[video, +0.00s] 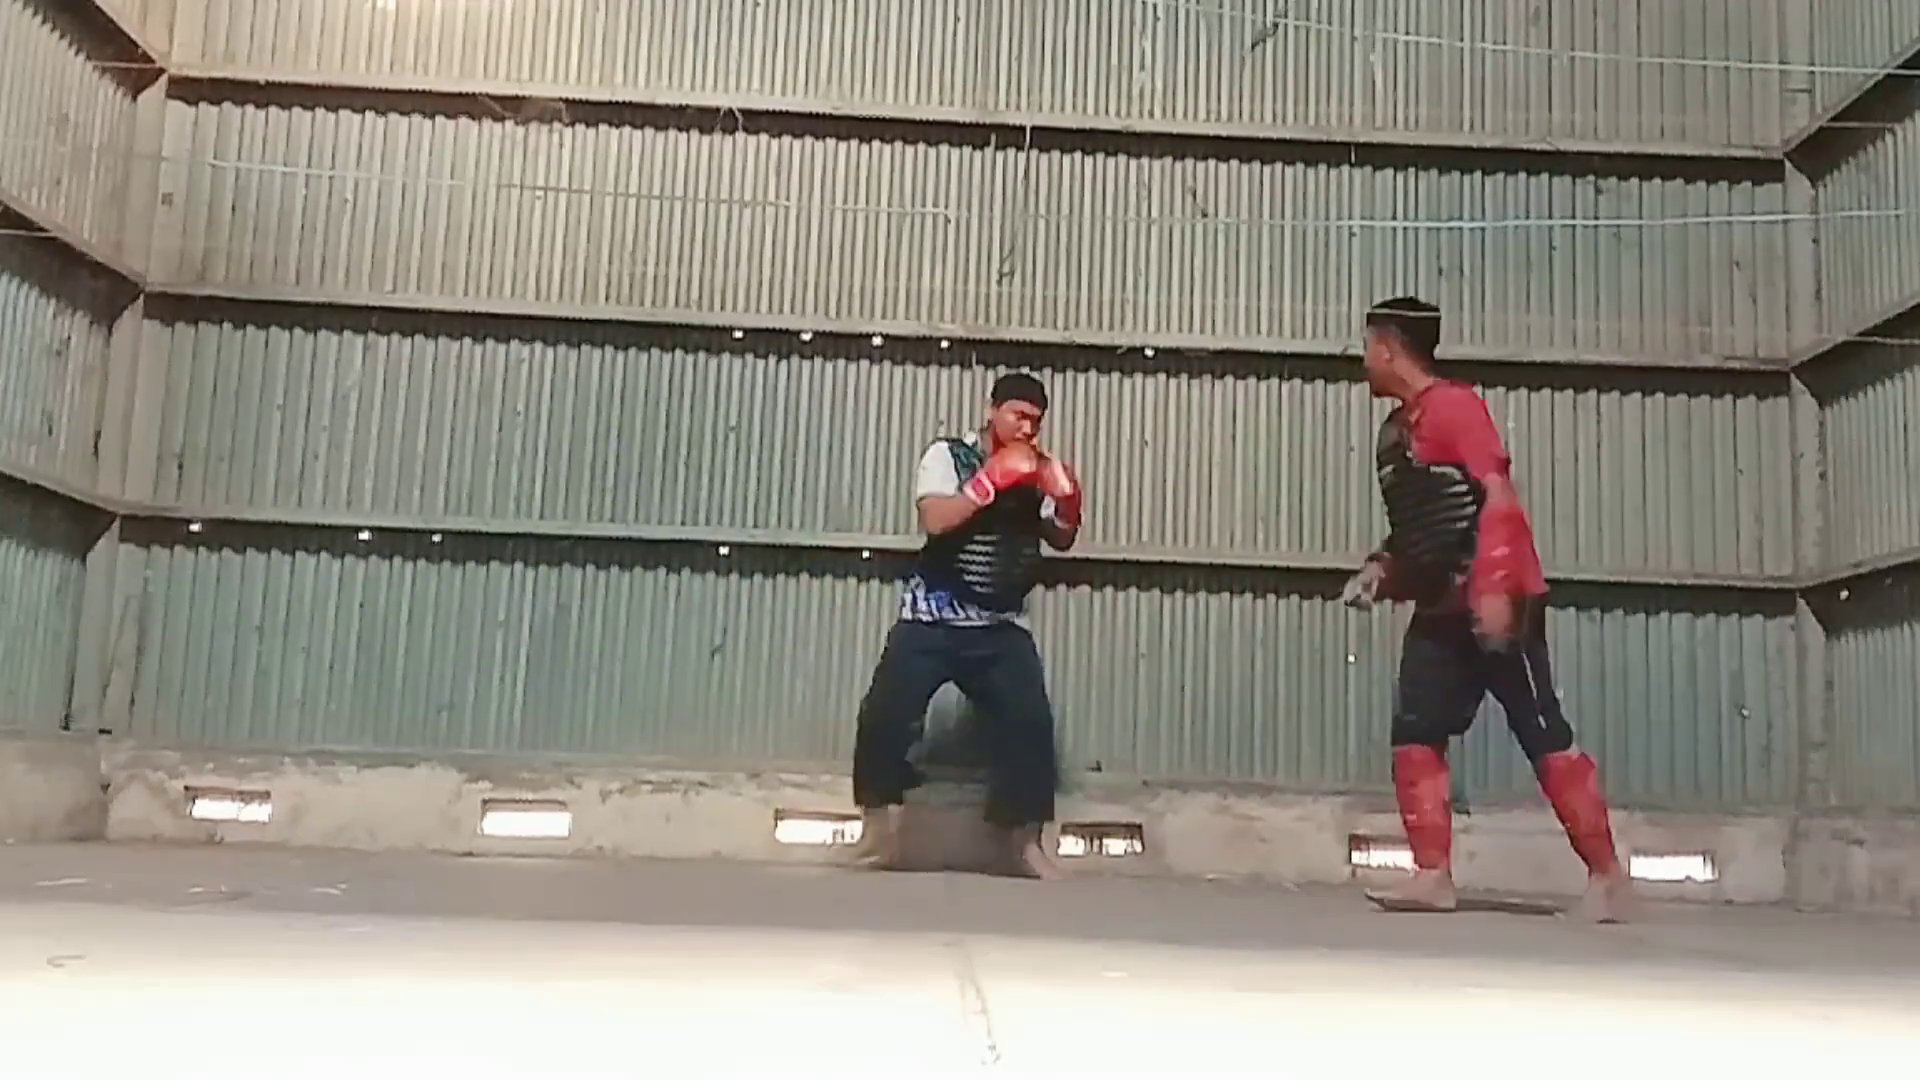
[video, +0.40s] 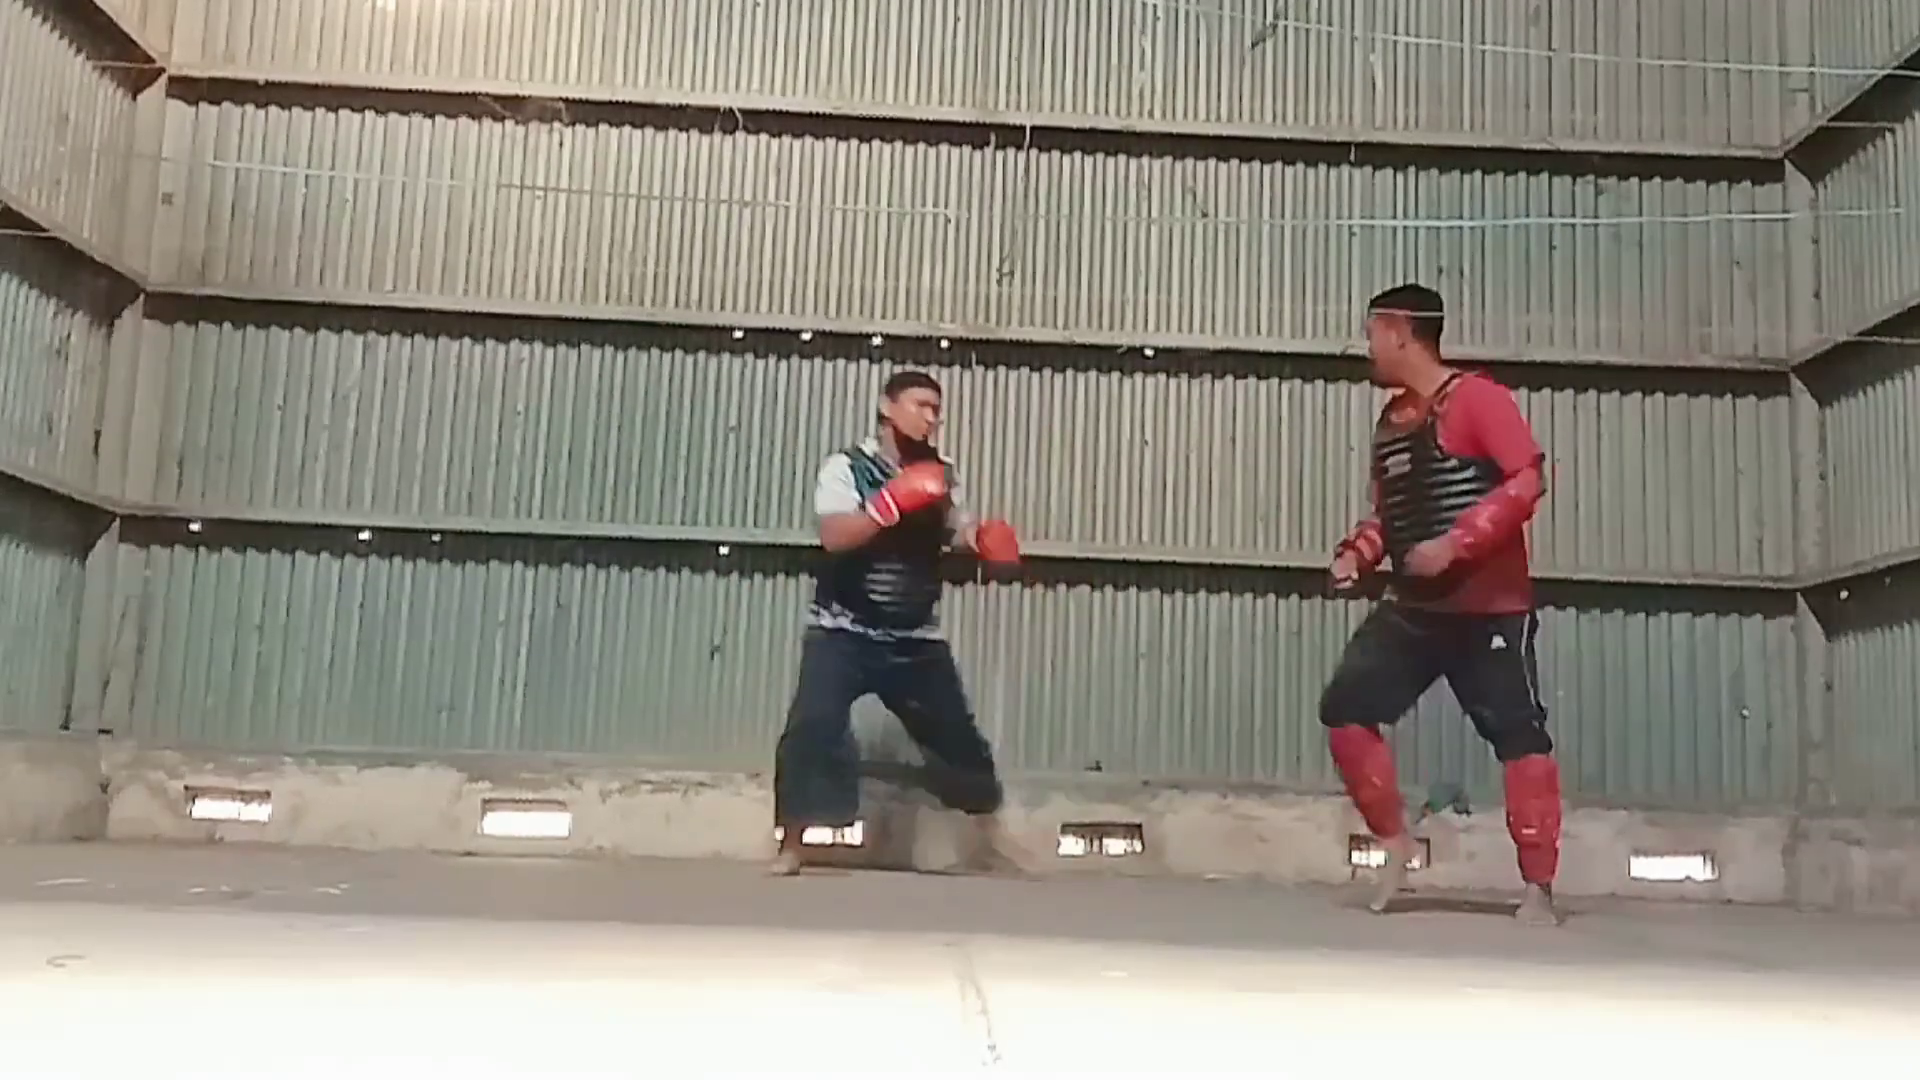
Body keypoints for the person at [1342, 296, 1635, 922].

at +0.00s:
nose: (1364, 360)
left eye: (1369, 347)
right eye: (1366, 348)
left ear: (1392, 349)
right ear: (1403, 350)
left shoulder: (1457, 408)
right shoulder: (1401, 425)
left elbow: (1497, 496)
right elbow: (1423, 520)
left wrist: (1494, 584)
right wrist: (1387, 566)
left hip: (1498, 594)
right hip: (1440, 605)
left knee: (1542, 732)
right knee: (1417, 731)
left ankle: (1608, 874)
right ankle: (1432, 876)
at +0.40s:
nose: (1366, 347)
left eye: (1372, 334)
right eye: (1367, 335)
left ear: (1401, 332)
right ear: (1403, 334)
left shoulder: (1479, 398)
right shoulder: (1393, 419)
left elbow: (1527, 482)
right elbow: (1392, 513)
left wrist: (1454, 545)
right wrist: (1363, 546)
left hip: (1489, 613)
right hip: (1414, 610)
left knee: (1520, 738)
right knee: (1346, 711)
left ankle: (1538, 890)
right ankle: (1399, 849)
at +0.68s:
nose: (1332, 341)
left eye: (1341, 328)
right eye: (1333, 329)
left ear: (1379, 332)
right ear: (1361, 334)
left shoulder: (1443, 400)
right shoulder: (1342, 418)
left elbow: (1477, 488)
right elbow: (1327, 507)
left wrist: (1378, 479)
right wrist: (1309, 562)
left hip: (1428, 610)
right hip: (1349, 610)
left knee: (1478, 734)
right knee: (1316, 729)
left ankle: (1531, 885)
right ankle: (1274, 869)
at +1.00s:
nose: (1263, 334)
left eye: (1272, 320)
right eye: (1263, 322)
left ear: (1312, 322)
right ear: (1295, 326)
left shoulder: (1382, 388)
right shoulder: (1266, 414)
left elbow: (1435, 467)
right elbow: (1250, 507)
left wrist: (1365, 482)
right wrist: (1227, 583)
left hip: (1384, 592)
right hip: (1300, 598)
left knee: (1430, 718)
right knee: (1282, 721)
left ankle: (1464, 869)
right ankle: (1270, 872)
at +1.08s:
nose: (1266, 335)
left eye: (1275, 321)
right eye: (1266, 323)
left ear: (1314, 322)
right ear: (1298, 325)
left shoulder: (1383, 389)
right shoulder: (1269, 414)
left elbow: (1427, 473)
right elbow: (1252, 507)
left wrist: (1341, 474)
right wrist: (1226, 582)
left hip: (1384, 596)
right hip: (1299, 600)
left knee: (1430, 721)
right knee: (1274, 723)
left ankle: (1460, 864)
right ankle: (1268, 869)